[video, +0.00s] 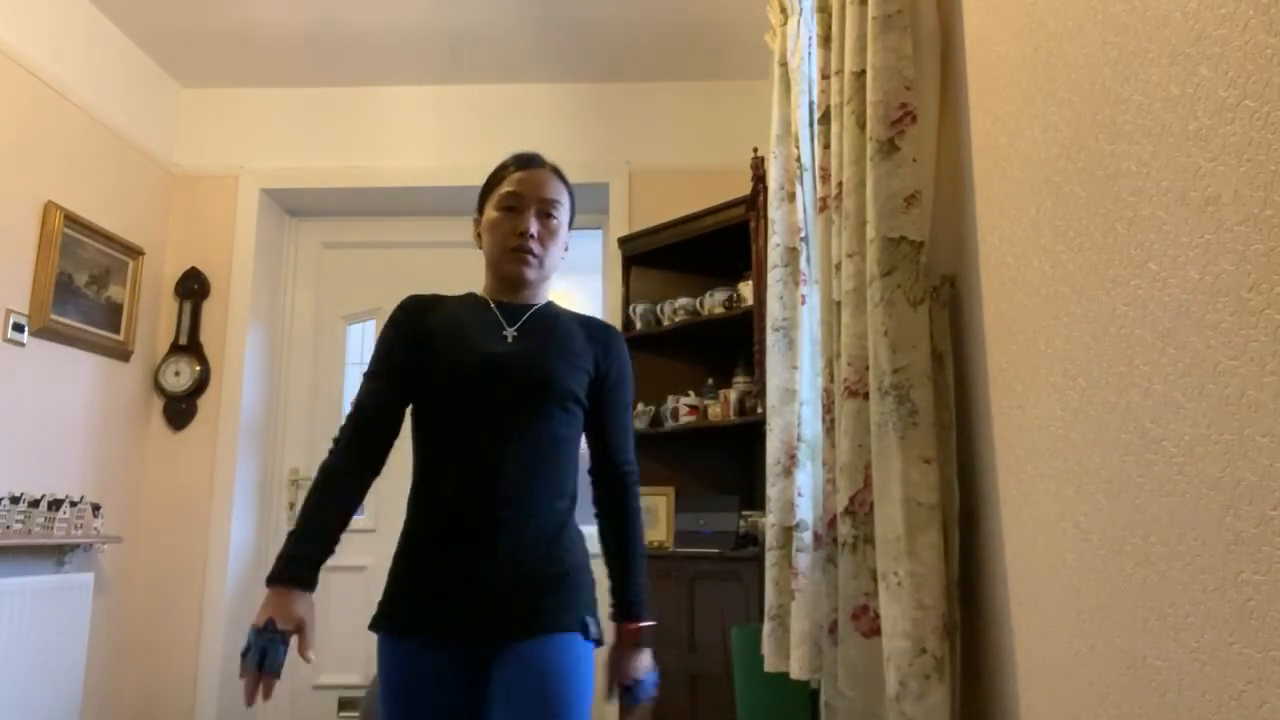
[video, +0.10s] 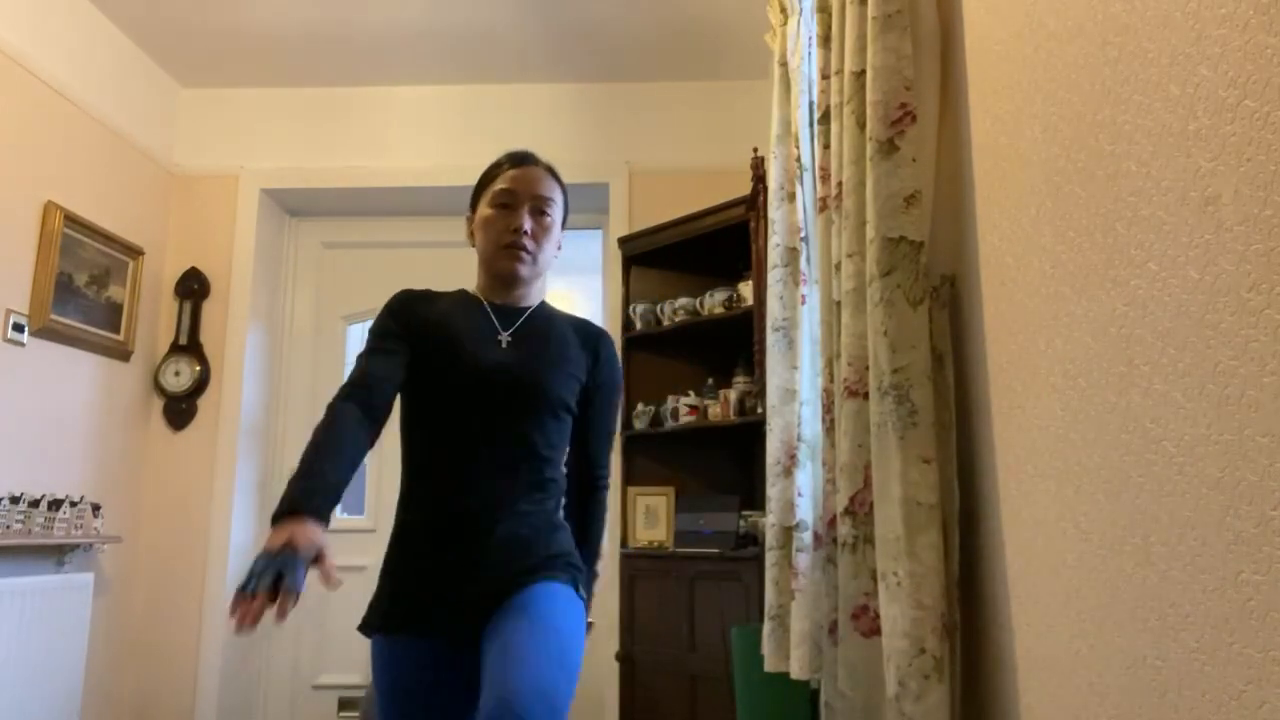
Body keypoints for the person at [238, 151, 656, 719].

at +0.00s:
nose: (529, 225)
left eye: (549, 213)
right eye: (511, 207)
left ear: (565, 241)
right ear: (479, 228)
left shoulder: (597, 345)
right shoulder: (420, 322)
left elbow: (617, 488)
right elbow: (356, 454)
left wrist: (632, 625)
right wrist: (291, 579)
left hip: (546, 620)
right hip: (425, 613)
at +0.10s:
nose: (522, 220)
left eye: (541, 211)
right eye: (504, 204)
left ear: (558, 241)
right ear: (473, 225)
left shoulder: (590, 348)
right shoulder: (415, 314)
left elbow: (589, 483)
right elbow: (358, 409)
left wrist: (579, 588)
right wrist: (303, 514)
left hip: (535, 575)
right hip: (422, 578)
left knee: (522, 706)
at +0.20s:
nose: (520, 221)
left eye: (539, 211)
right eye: (502, 204)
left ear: (555, 240)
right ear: (466, 227)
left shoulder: (581, 348)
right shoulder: (419, 308)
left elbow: (570, 476)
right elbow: (378, 345)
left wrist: (552, 556)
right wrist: (358, 385)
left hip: (533, 554)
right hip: (426, 565)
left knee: (504, 592)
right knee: (407, 708)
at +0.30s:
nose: (520, 224)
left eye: (538, 214)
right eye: (500, 207)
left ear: (549, 241)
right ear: (462, 229)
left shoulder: (578, 354)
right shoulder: (421, 330)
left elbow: (565, 491)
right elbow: (383, 355)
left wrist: (520, 631)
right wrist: (401, 314)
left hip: (524, 590)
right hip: (419, 596)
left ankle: (474, 506)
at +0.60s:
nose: (523, 212)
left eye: (540, 204)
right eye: (503, 196)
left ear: (554, 233)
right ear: (465, 219)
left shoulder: (579, 343)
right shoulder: (416, 307)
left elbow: (578, 471)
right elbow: (383, 359)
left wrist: (566, 557)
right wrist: (368, 411)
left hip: (537, 548)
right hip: (431, 554)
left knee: (523, 633)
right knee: (414, 708)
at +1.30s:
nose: (573, 249)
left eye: (593, 231)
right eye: (561, 232)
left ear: (621, 244)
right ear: (527, 240)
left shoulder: (642, 335)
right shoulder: (481, 343)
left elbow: (651, 316)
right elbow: (458, 477)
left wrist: (605, 235)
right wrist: (436, 622)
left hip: (607, 598)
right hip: (498, 596)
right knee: (516, 472)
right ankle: (534, 334)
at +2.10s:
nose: (515, 219)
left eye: (532, 209)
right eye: (496, 203)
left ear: (547, 236)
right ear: (459, 228)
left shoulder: (574, 349)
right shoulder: (417, 308)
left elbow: (564, 474)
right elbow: (385, 331)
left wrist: (548, 552)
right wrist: (358, 360)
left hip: (532, 546)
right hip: (427, 555)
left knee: (507, 586)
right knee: (400, 709)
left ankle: (514, 711)